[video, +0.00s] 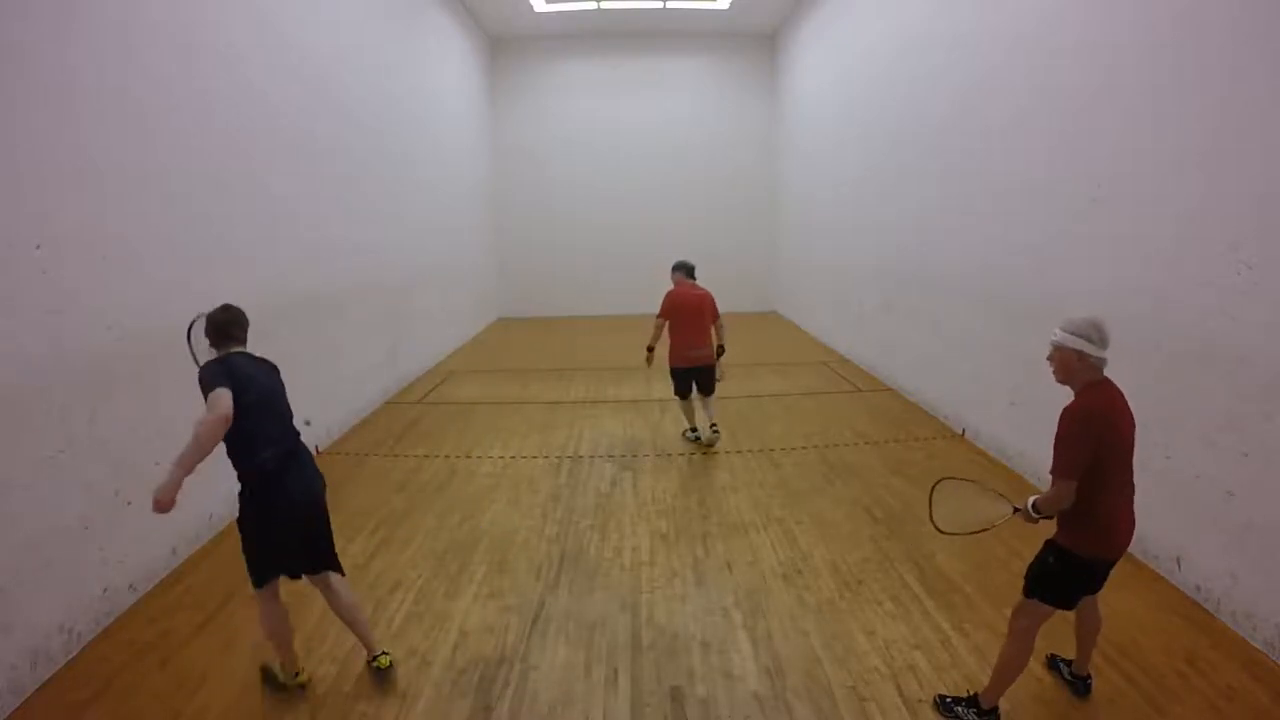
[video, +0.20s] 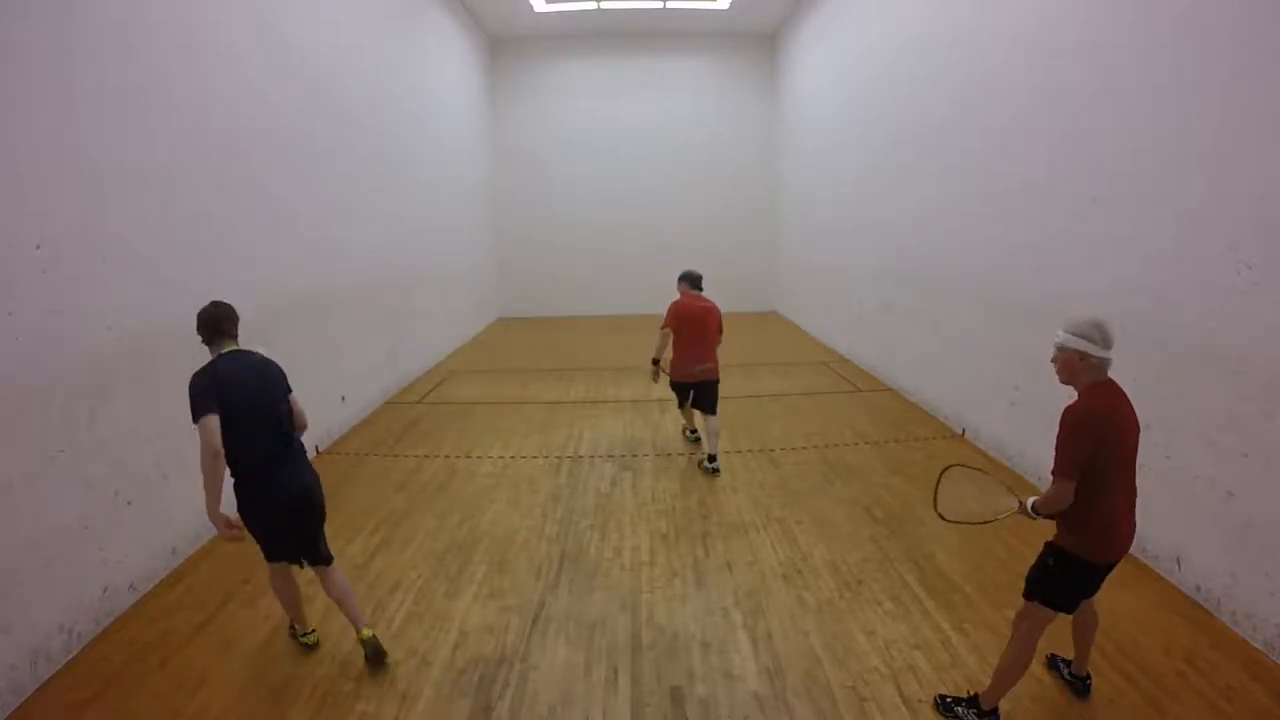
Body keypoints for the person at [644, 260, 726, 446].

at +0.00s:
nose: (672, 280)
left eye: (673, 276)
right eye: (672, 276)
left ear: (680, 275)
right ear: (692, 276)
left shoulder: (672, 295)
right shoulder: (706, 295)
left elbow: (660, 324)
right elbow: (718, 323)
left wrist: (650, 347)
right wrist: (721, 345)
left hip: (680, 360)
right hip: (705, 359)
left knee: (684, 397)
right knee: (706, 394)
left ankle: (693, 430)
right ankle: (713, 425)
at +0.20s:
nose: (678, 290)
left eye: (679, 287)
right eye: (678, 287)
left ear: (684, 286)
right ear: (699, 286)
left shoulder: (677, 306)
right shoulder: (713, 308)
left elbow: (665, 334)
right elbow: (718, 339)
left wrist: (656, 360)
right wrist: (703, 353)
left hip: (681, 372)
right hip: (709, 372)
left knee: (684, 401)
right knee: (710, 413)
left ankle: (692, 430)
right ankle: (712, 460)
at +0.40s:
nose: (676, 285)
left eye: (676, 281)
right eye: (676, 281)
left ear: (681, 280)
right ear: (697, 280)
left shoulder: (674, 302)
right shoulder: (712, 303)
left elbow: (665, 333)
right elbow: (719, 336)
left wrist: (664, 359)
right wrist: (710, 357)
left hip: (678, 370)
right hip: (705, 370)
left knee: (675, 401)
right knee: (708, 414)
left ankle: (682, 437)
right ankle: (712, 460)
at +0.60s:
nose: (662, 287)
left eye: (662, 284)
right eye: (662, 284)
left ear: (665, 282)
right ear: (683, 281)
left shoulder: (663, 304)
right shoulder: (701, 303)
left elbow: (652, 336)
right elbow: (711, 336)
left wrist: (646, 356)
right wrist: (710, 359)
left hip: (668, 372)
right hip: (698, 371)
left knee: (650, 405)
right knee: (705, 414)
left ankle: (645, 448)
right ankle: (712, 460)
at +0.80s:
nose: (638, 292)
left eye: (637, 289)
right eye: (637, 289)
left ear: (641, 286)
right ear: (657, 284)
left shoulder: (641, 307)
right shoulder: (676, 304)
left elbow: (630, 341)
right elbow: (690, 336)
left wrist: (623, 363)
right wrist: (691, 361)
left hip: (650, 376)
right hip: (679, 374)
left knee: (636, 414)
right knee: (692, 415)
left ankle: (628, 455)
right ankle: (709, 457)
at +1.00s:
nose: (616, 289)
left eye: (615, 285)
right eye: (615, 286)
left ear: (619, 283)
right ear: (635, 280)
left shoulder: (619, 302)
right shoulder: (653, 299)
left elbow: (608, 335)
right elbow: (666, 329)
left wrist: (603, 360)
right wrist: (667, 356)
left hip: (630, 369)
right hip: (656, 366)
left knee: (626, 412)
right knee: (659, 405)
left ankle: (627, 455)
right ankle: (680, 439)